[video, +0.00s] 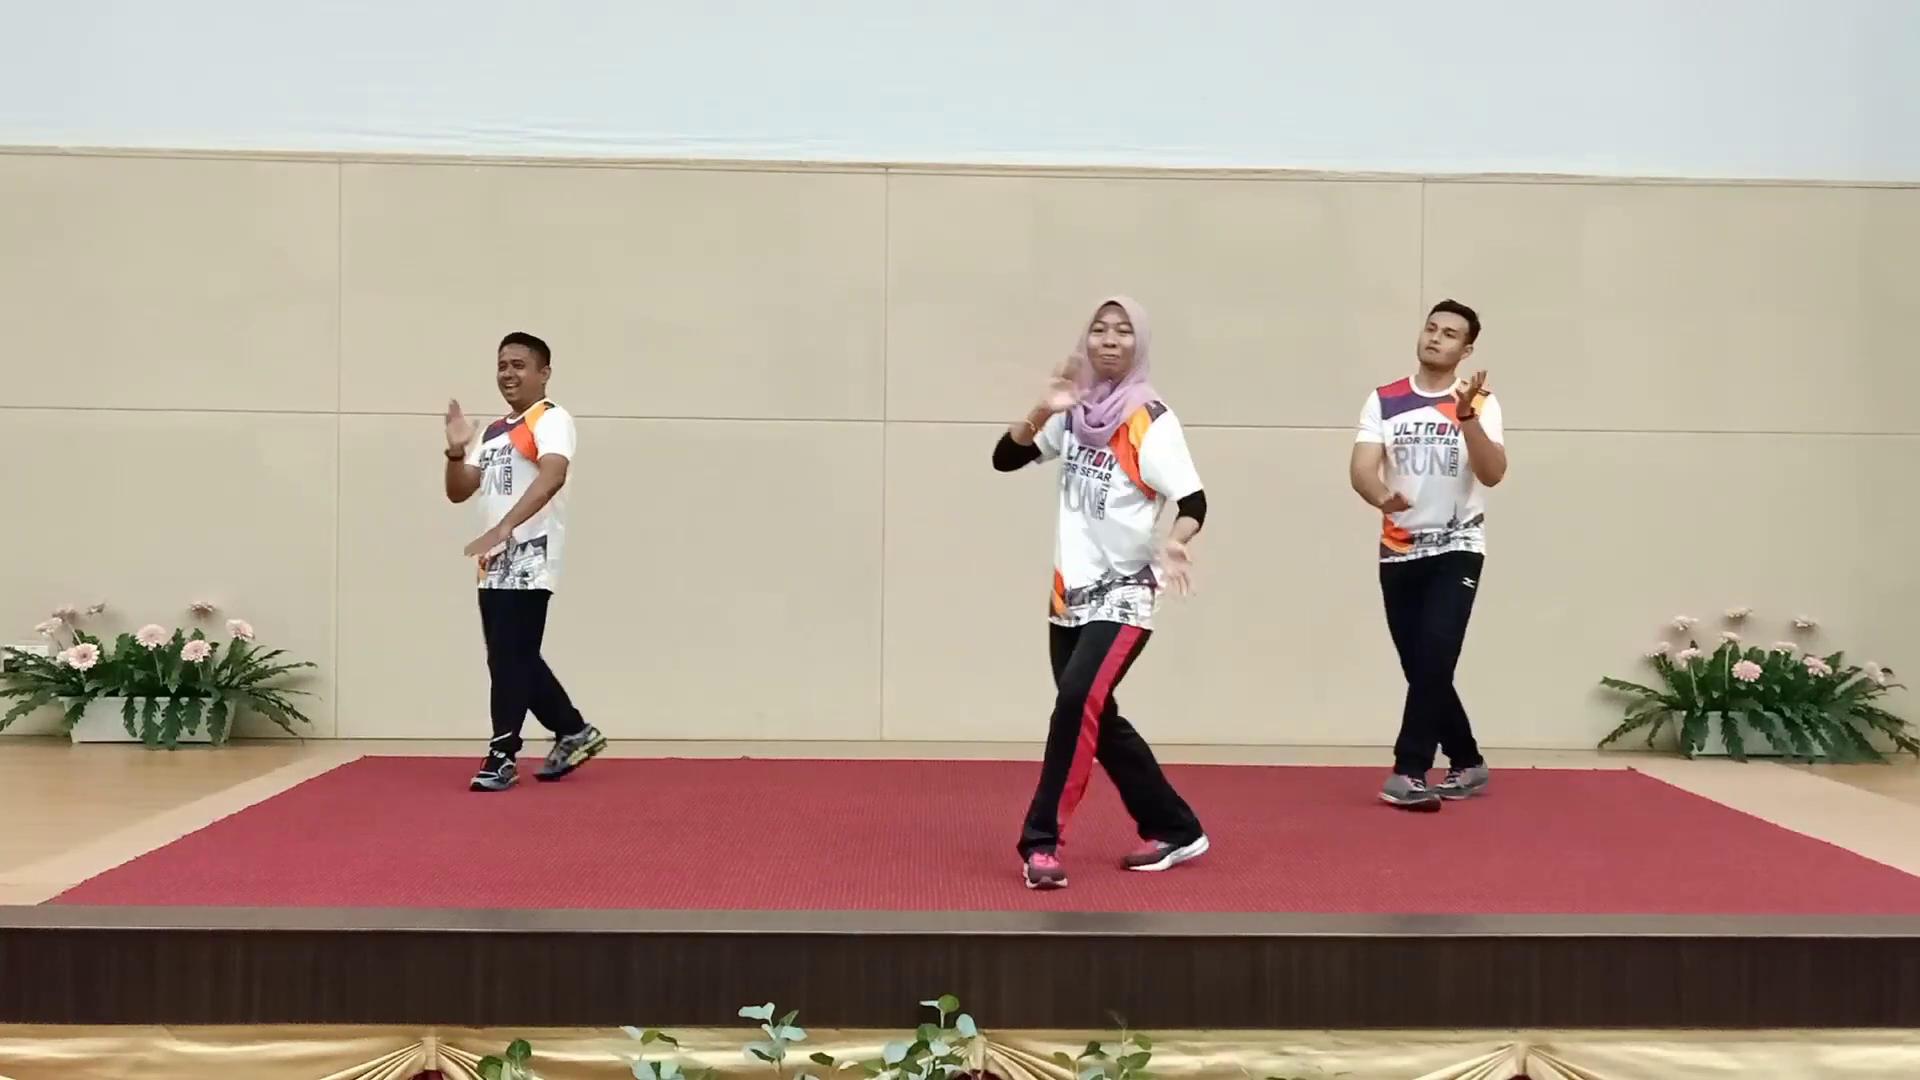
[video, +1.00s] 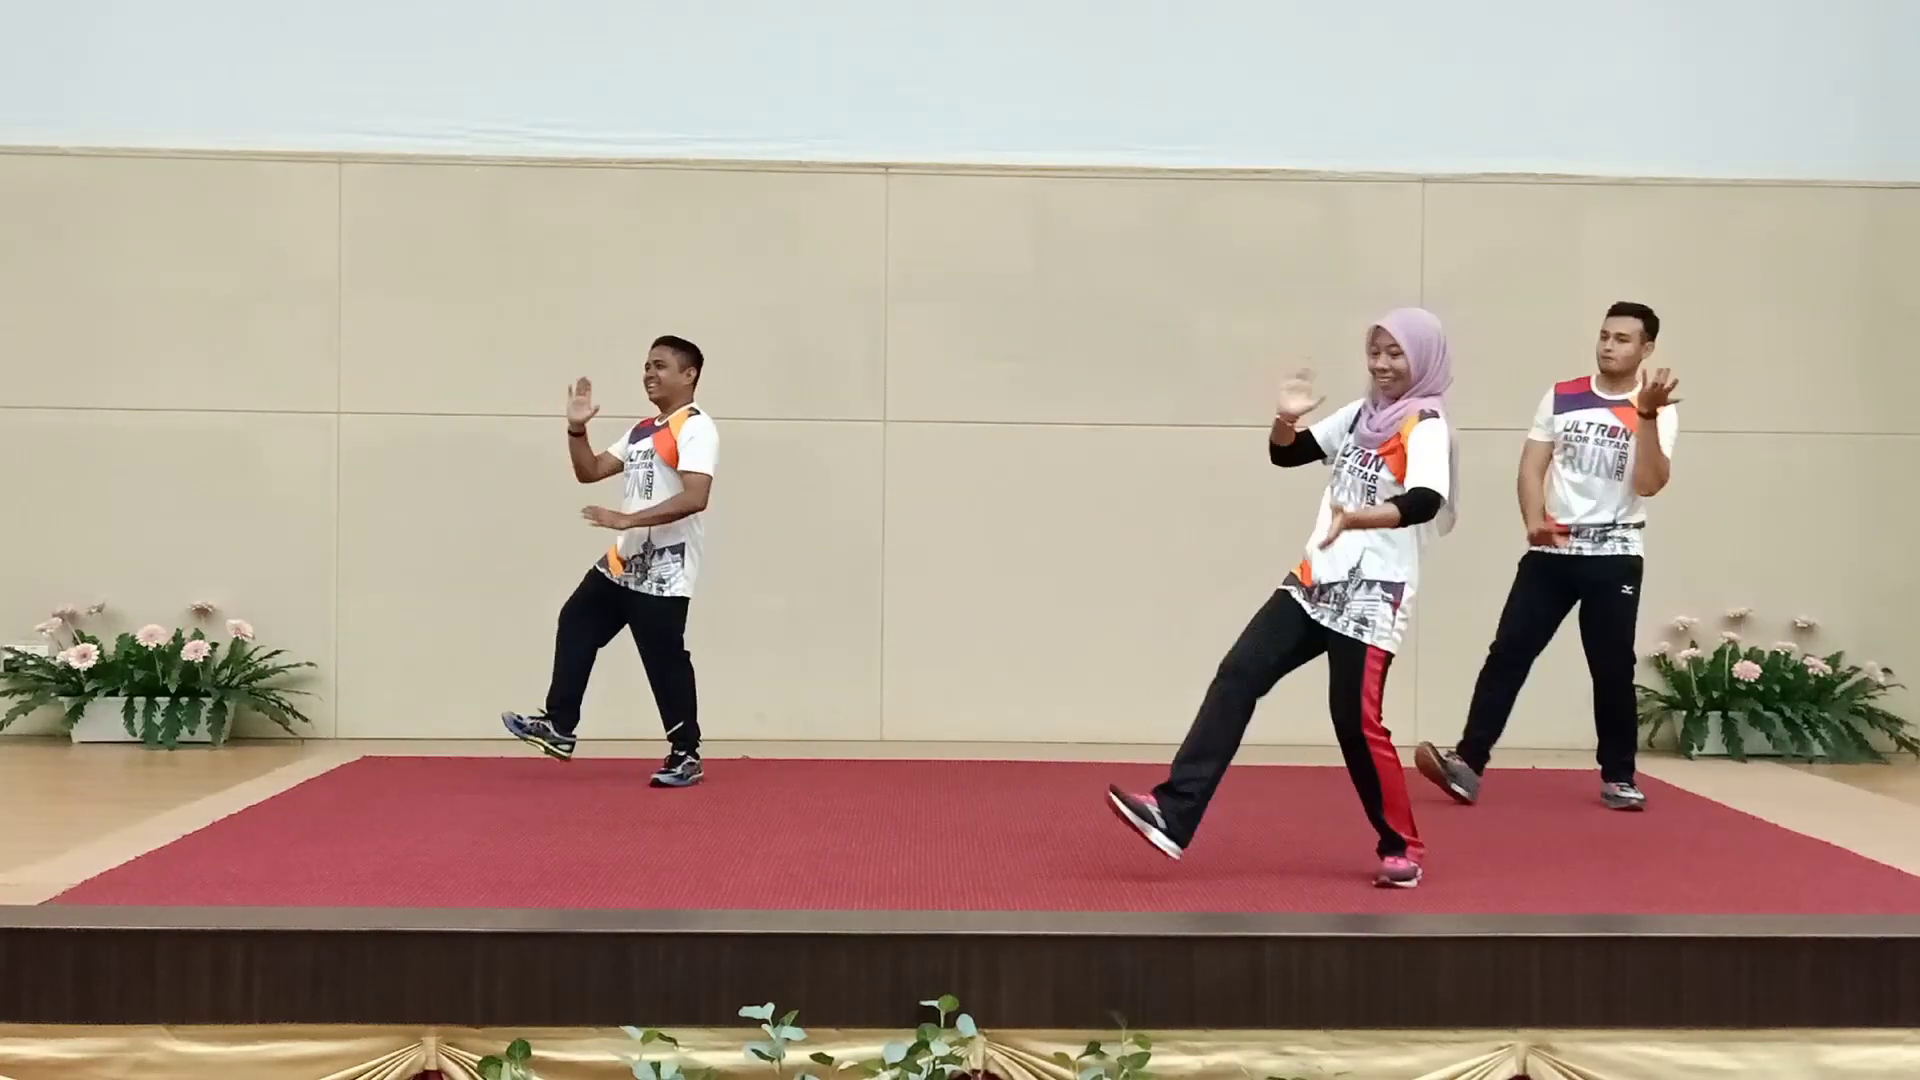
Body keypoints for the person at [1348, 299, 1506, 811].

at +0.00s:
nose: (1436, 338)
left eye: (1450, 334)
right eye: (1432, 329)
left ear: (1466, 349)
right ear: (1419, 336)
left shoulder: (1477, 403)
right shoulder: (1383, 401)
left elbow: (1492, 475)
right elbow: (1362, 470)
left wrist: (1469, 419)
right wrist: (1383, 497)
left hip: (1457, 546)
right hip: (1401, 550)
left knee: (1433, 660)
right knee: (1421, 667)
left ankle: (1410, 774)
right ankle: (1468, 763)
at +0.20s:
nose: (1469, 337)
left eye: (1482, 332)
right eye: (1464, 327)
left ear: (1499, 346)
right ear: (1452, 333)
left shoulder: (1513, 402)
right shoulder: (1418, 397)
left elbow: (1528, 479)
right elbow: (1393, 465)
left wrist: (1491, 448)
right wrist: (1408, 471)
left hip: (1488, 545)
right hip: (1430, 550)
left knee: (1481, 647)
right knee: (1438, 659)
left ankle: (1484, 766)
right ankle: (1464, 765)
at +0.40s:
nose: (1508, 328)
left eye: (1521, 324)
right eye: (1504, 319)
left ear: (1540, 339)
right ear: (1493, 325)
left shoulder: (1551, 398)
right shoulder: (1457, 383)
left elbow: (1557, 480)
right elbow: (1423, 444)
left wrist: (1525, 497)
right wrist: (1439, 416)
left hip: (1524, 544)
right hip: (1463, 545)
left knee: (1546, 647)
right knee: (1460, 659)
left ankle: (1594, 762)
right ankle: (1468, 767)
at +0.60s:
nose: (1555, 334)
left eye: (1568, 329)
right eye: (1552, 325)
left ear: (1592, 342)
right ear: (1544, 332)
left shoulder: (1603, 406)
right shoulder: (1519, 391)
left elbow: (1598, 487)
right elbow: (1472, 438)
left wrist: (1561, 490)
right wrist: (1509, 388)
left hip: (1573, 557)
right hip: (1509, 551)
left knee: (1593, 668)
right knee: (1472, 651)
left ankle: (1618, 778)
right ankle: (1466, 763)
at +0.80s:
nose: (1593, 329)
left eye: (1606, 324)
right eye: (1590, 320)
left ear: (1630, 335)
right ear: (1582, 325)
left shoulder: (1642, 398)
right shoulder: (1552, 385)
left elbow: (1632, 478)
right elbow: (1507, 450)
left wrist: (1616, 438)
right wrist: (1547, 434)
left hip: (1603, 544)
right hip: (1540, 534)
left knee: (1610, 661)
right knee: (1482, 623)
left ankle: (1620, 777)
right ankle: (1462, 740)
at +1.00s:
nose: (1610, 346)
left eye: (1623, 339)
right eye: (1606, 336)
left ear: (1646, 349)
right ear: (1597, 340)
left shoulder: (1656, 410)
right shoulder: (1561, 397)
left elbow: (1649, 484)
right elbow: (1530, 469)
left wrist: (1647, 415)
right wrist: (1535, 522)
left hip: (1614, 554)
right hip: (1552, 549)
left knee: (1613, 671)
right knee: (1508, 652)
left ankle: (1619, 778)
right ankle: (1468, 765)